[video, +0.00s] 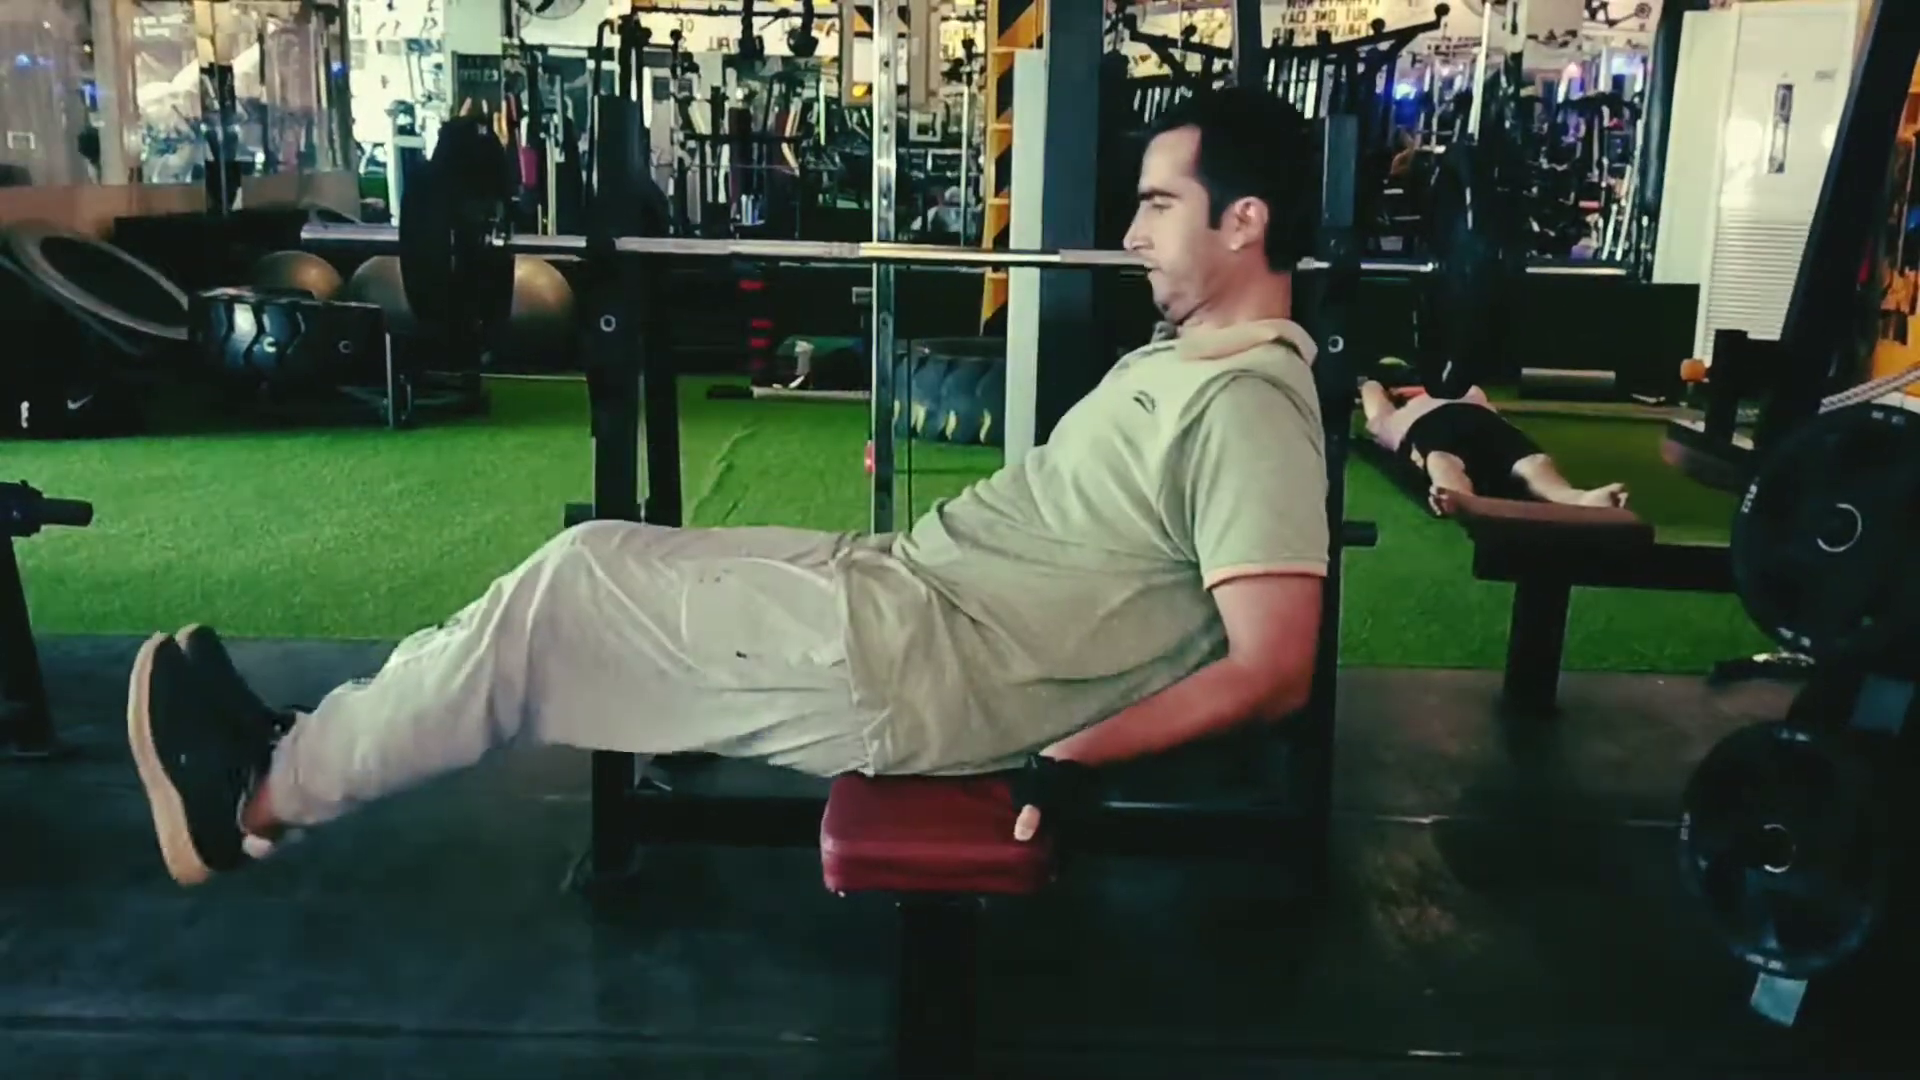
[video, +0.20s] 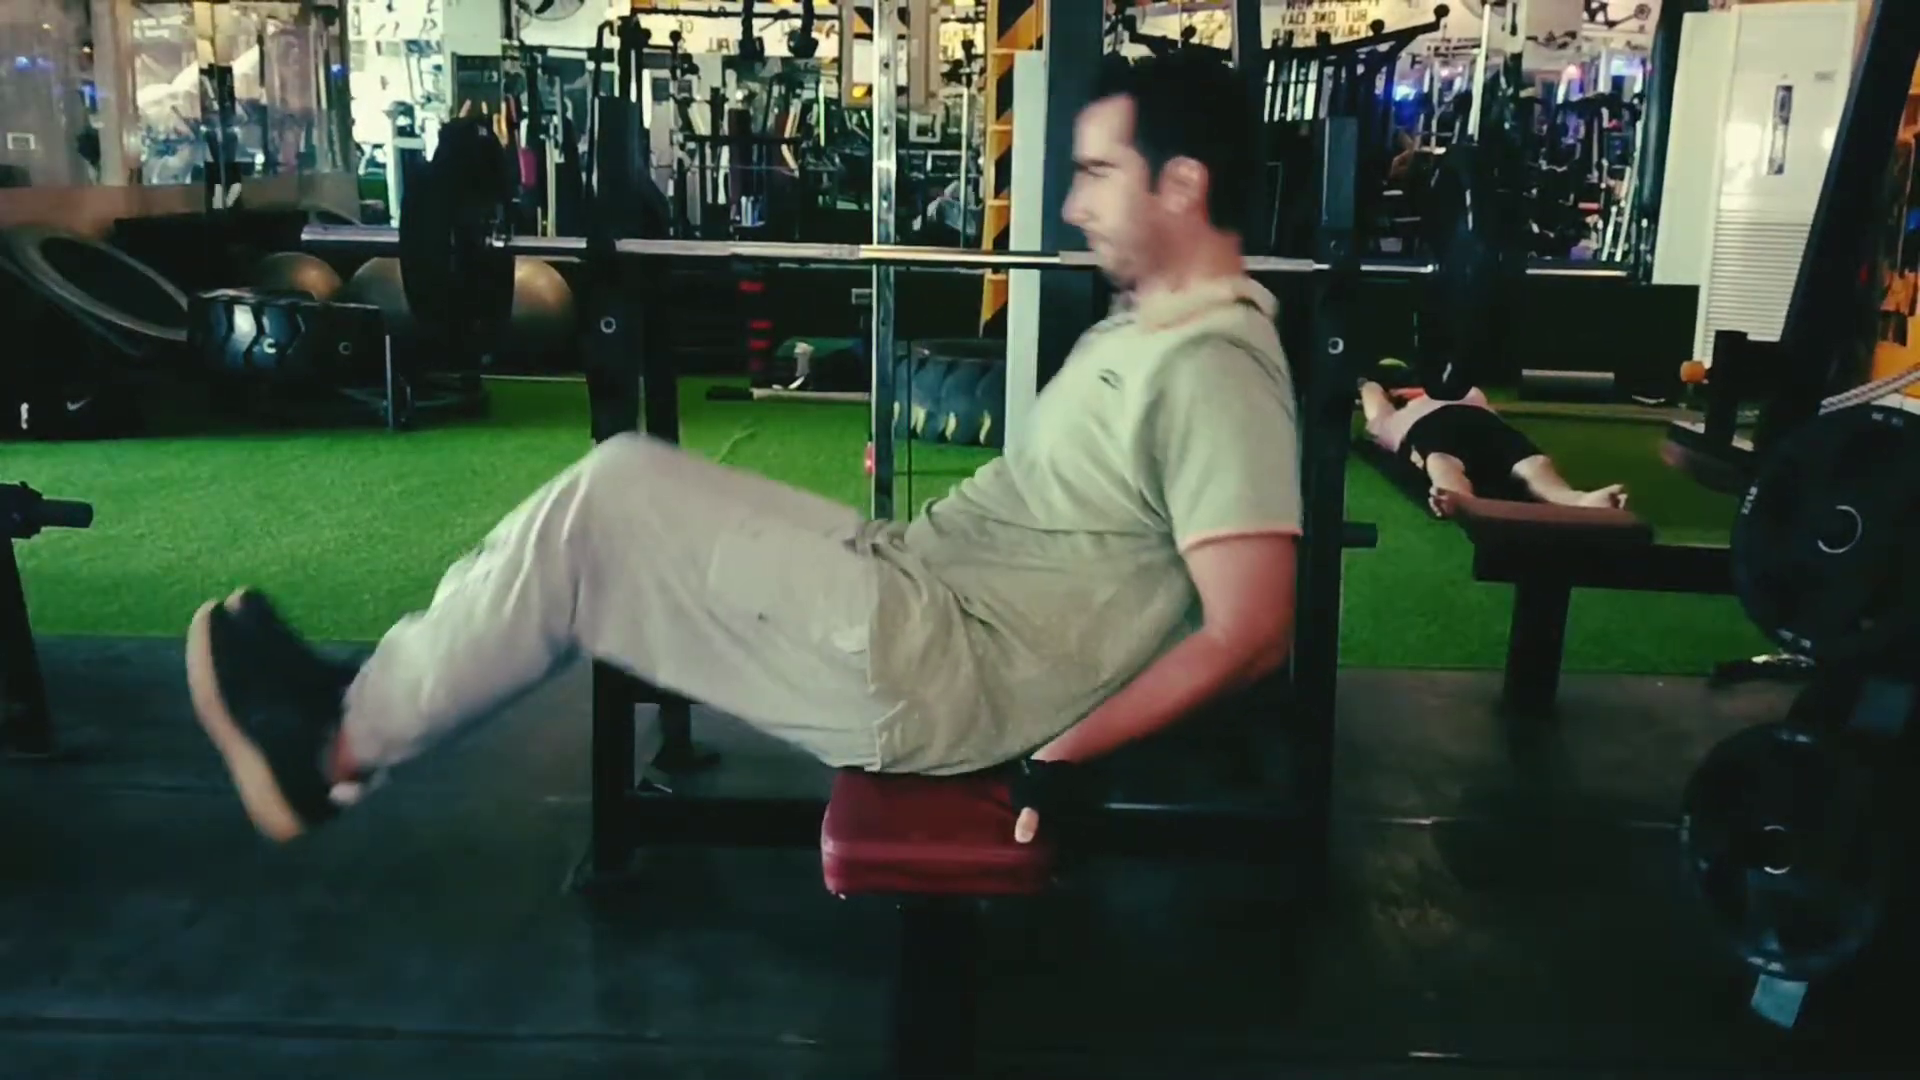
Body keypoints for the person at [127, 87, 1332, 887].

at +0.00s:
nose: (1137, 234)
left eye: (1161, 208)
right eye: (1141, 208)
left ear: (1249, 226)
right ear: (1229, 231)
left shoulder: (1252, 393)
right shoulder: (1191, 363)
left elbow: (1271, 667)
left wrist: (1058, 761)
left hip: (931, 661)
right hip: (903, 590)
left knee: (566, 603)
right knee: (587, 559)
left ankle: (250, 810)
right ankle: (287, 762)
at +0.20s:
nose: (1078, 203)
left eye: (1100, 176)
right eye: (1080, 177)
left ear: (1191, 187)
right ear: (1162, 191)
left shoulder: (1215, 358)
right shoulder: (1157, 328)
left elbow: (1250, 630)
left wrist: (1057, 751)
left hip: (954, 667)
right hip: (924, 610)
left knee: (611, 501)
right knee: (614, 492)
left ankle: (330, 750)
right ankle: (347, 722)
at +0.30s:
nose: (987, 186)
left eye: (1006, 154)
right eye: (986, 156)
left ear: (1096, 159)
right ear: (1088, 160)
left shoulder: (1156, 325)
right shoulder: (1081, 296)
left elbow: (1220, 598)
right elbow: (1032, 502)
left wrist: (1044, 760)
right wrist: (894, 525)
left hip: (963, 684)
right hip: (933, 630)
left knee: (678, 409)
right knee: (677, 410)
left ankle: (421, 688)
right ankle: (428, 674)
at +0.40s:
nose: (895, 185)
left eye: (908, 151)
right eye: (891, 154)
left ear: (990, 150)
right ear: (987, 152)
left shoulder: (1079, 312)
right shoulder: (1018, 295)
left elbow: (1192, 576)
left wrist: (1039, 758)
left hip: (948, 689)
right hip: (919, 658)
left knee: (747, 348)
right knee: (736, 348)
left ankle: (501, 637)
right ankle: (506, 608)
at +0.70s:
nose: (984, 199)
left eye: (1000, 169)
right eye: (984, 171)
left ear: (1087, 177)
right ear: (1083, 177)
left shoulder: (1131, 345)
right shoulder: (1083, 312)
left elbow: (1229, 612)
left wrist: (1042, 754)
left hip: (942, 687)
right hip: (918, 618)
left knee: (616, 463)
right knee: (642, 431)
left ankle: (374, 745)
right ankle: (394, 704)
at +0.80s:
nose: (1069, 228)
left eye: (1090, 200)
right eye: (1069, 201)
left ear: (1179, 209)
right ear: (1151, 212)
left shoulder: (1192, 375)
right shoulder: (1145, 348)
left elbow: (1258, 646)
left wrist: (1059, 763)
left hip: (931, 683)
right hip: (899, 612)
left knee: (564, 559)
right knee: (581, 531)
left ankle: (267, 814)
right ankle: (299, 776)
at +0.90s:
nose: (1111, 242)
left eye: (1135, 214)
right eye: (1116, 215)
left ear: (1221, 230)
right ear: (1213, 236)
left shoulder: (1222, 392)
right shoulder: (1184, 364)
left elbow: (1272, 670)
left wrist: (1060, 768)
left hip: (910, 675)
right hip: (883, 607)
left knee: (542, 636)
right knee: (569, 591)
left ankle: (232, 849)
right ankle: (267, 804)